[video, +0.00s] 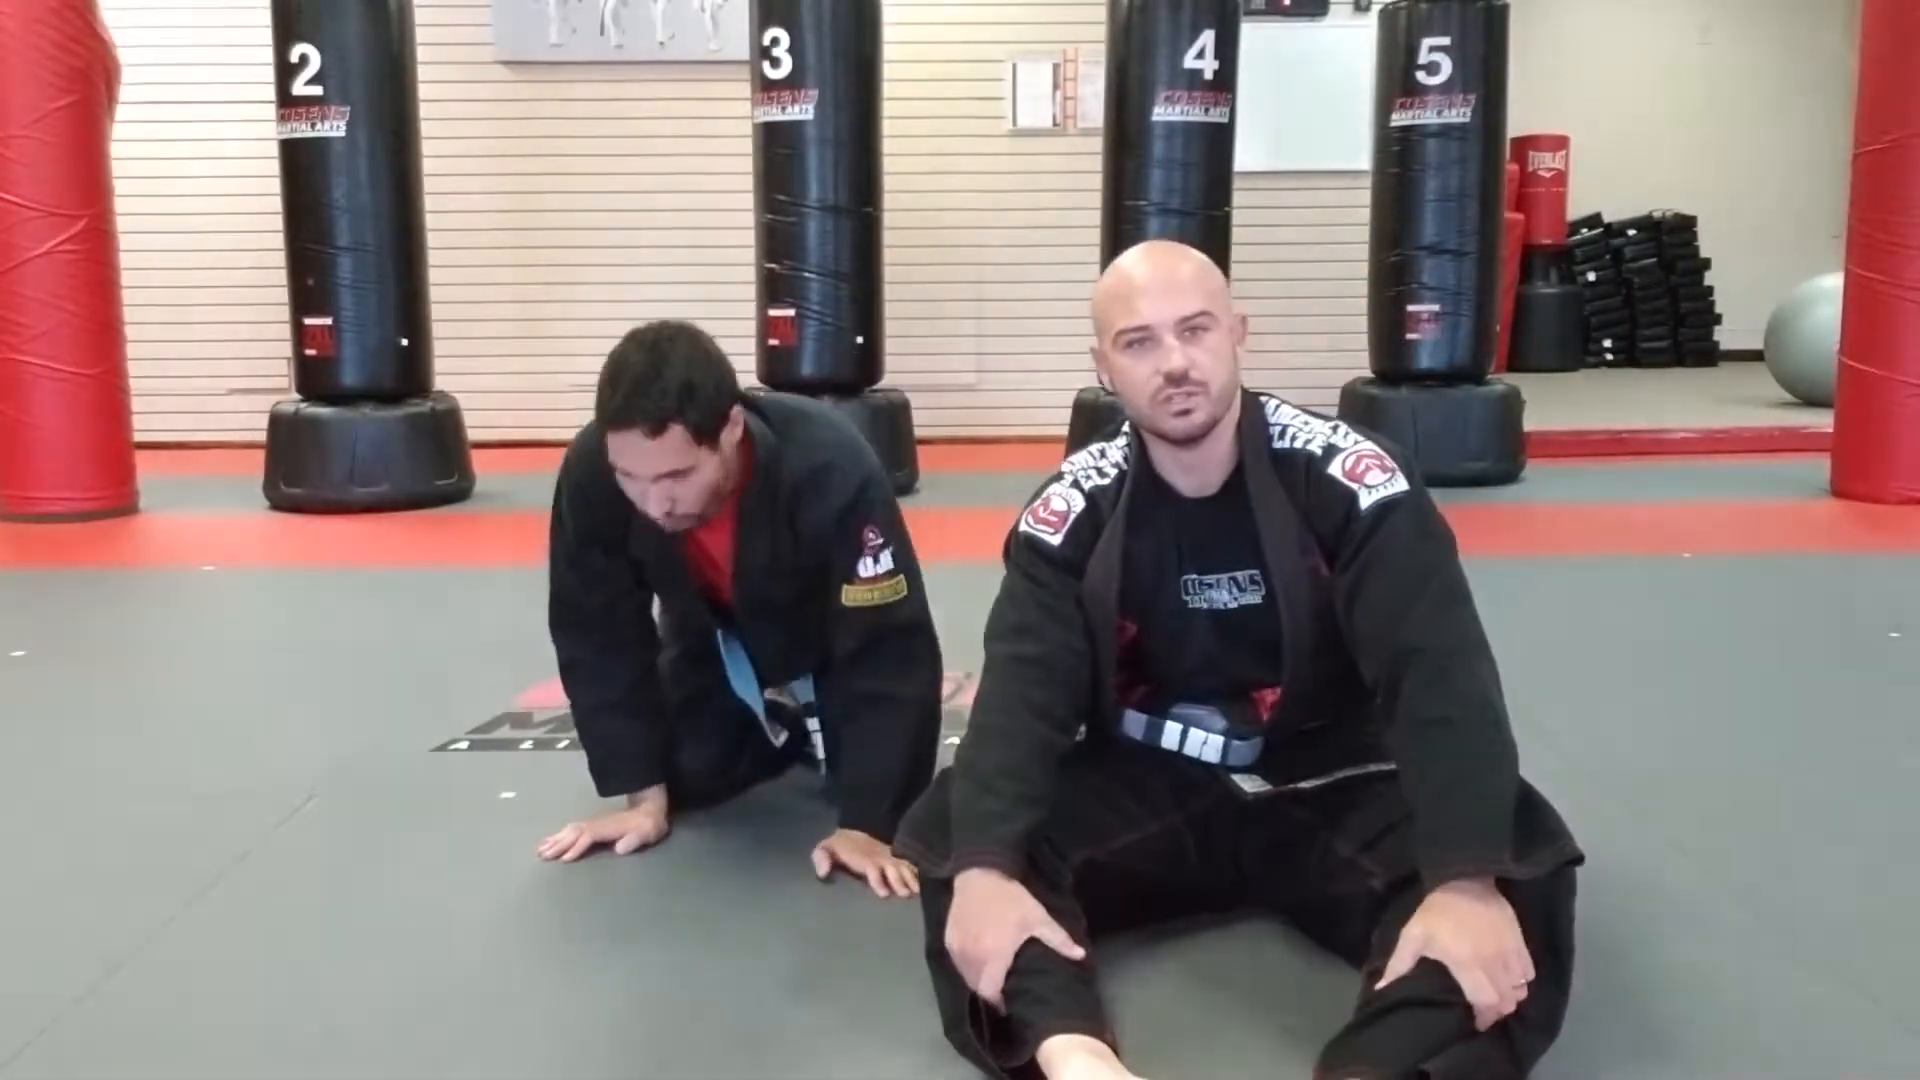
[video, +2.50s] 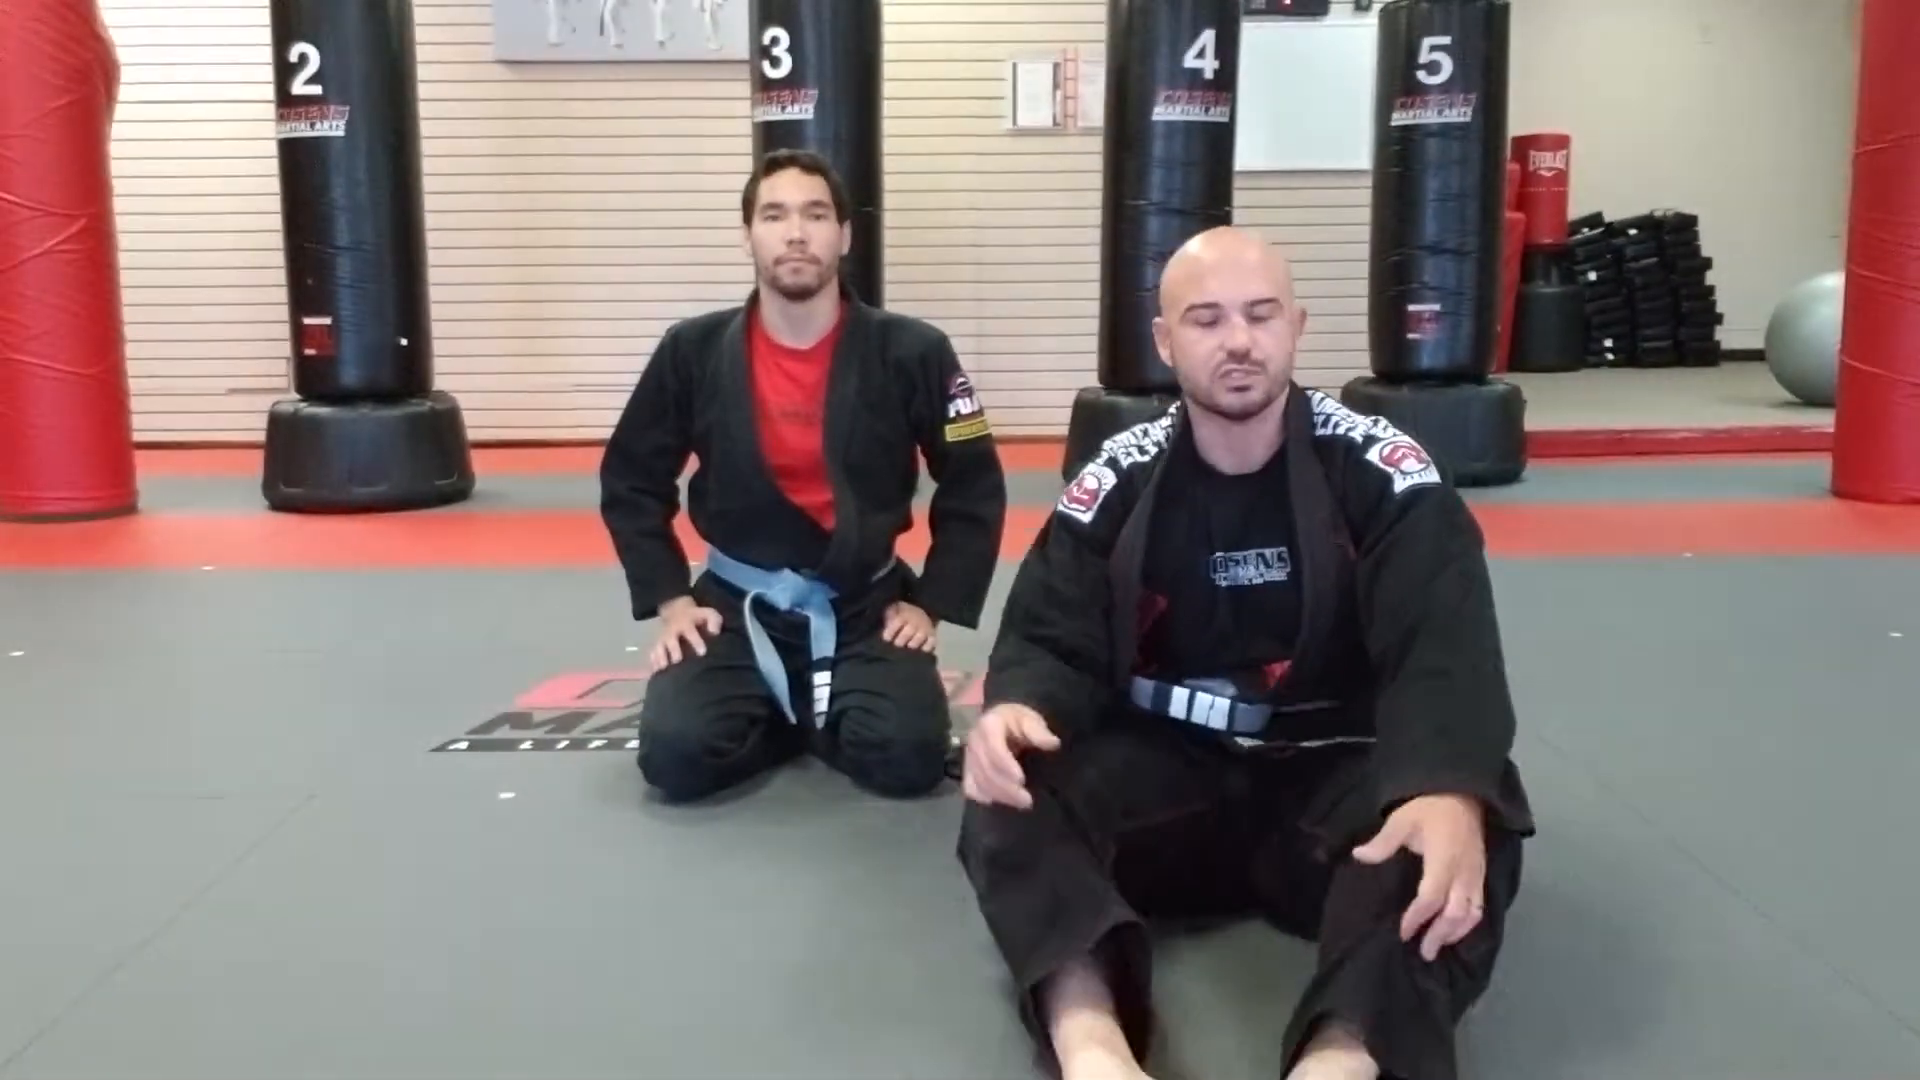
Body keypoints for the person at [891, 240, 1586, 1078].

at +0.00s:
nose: (1175, 363)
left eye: (1196, 331)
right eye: (1139, 343)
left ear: (1239, 335)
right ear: (1105, 367)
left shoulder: (1350, 479)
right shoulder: (1073, 510)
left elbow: (1441, 673)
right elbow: (1022, 697)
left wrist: (1466, 878)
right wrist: (984, 866)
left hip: (1335, 795)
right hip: (1146, 793)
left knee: (1514, 855)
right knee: (958, 831)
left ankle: (1374, 1060)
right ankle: (1076, 1057)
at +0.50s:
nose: (1188, 349)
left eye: (1214, 320)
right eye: (1156, 328)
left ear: (1260, 334)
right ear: (1121, 352)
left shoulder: (1359, 471)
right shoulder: (1089, 497)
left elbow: (1443, 673)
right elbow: (1032, 688)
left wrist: (1449, 871)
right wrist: (989, 860)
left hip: (1337, 797)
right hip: (1149, 793)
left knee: (1511, 848)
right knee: (965, 825)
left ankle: (1371, 1063)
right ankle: (1082, 1062)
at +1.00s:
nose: (1285, 344)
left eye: (1317, 323)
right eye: (1258, 312)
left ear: (1351, 347)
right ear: (1205, 328)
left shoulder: (1419, 490)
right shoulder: (1136, 479)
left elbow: (1487, 701)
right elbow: (1065, 675)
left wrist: (1511, 905)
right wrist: (1017, 858)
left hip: (1356, 815)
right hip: (1163, 800)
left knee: (1540, 877)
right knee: (979, 812)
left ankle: (1404, 1059)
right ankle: (1080, 1059)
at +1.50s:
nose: (1293, 355)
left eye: (1321, 330)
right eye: (1264, 323)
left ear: (1350, 347)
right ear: (1204, 336)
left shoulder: (1416, 489)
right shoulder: (1137, 482)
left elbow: (1484, 696)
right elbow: (1065, 677)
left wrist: (1504, 900)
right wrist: (1018, 856)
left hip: (1356, 809)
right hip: (1165, 796)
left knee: (1536, 875)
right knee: (981, 807)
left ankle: (1396, 1067)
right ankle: (1085, 1064)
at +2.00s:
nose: (1237, 381)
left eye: (1259, 346)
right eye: (1201, 354)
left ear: (1293, 341)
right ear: (1151, 365)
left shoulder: (1385, 483)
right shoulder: (1107, 498)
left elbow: (1470, 688)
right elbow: (1046, 689)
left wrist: (1491, 894)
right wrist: (1009, 865)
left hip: (1350, 808)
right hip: (1158, 800)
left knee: (1533, 868)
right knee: (968, 819)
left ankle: (1392, 1060)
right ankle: (1075, 1060)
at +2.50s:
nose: (1238, 341)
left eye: (1262, 314)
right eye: (1207, 319)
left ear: (1297, 328)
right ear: (1165, 341)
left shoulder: (1380, 467)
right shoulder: (1121, 474)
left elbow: (1445, 644)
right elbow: (1049, 637)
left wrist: (1450, 790)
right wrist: (1015, 707)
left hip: (1335, 784)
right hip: (1158, 777)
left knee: (1452, 824)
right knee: (1014, 783)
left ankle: (1341, 1058)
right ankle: (1090, 1046)